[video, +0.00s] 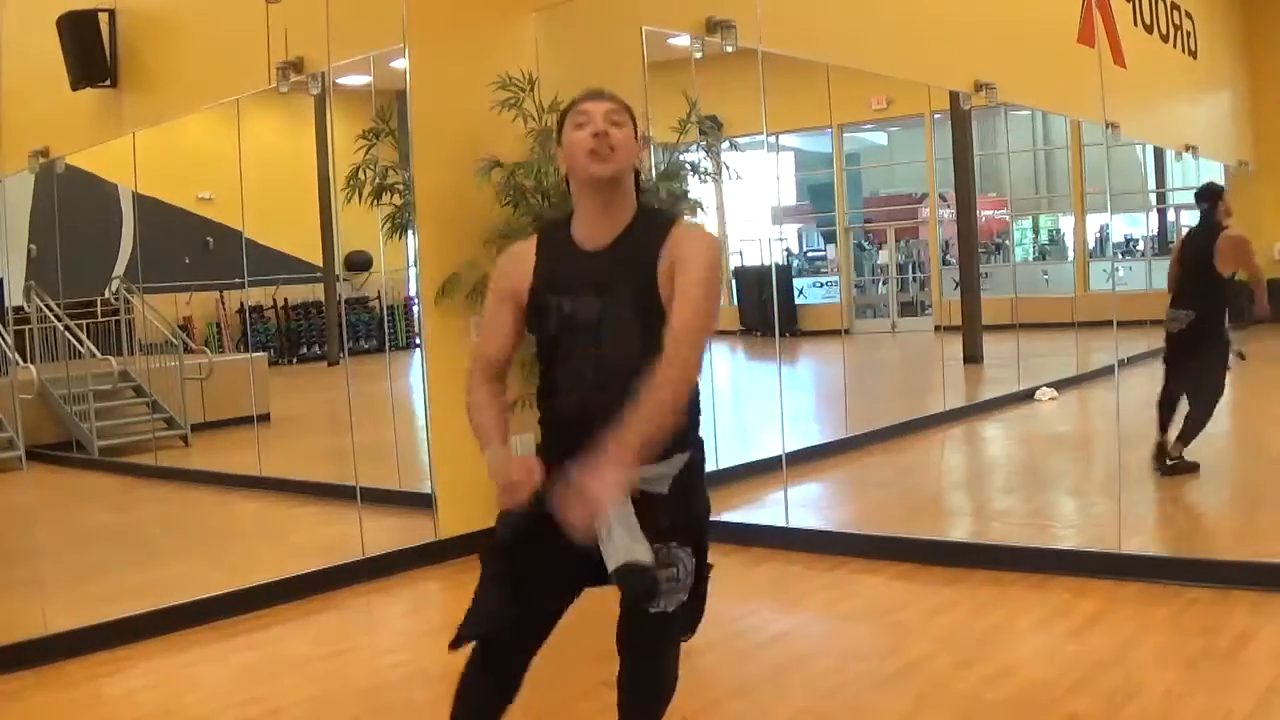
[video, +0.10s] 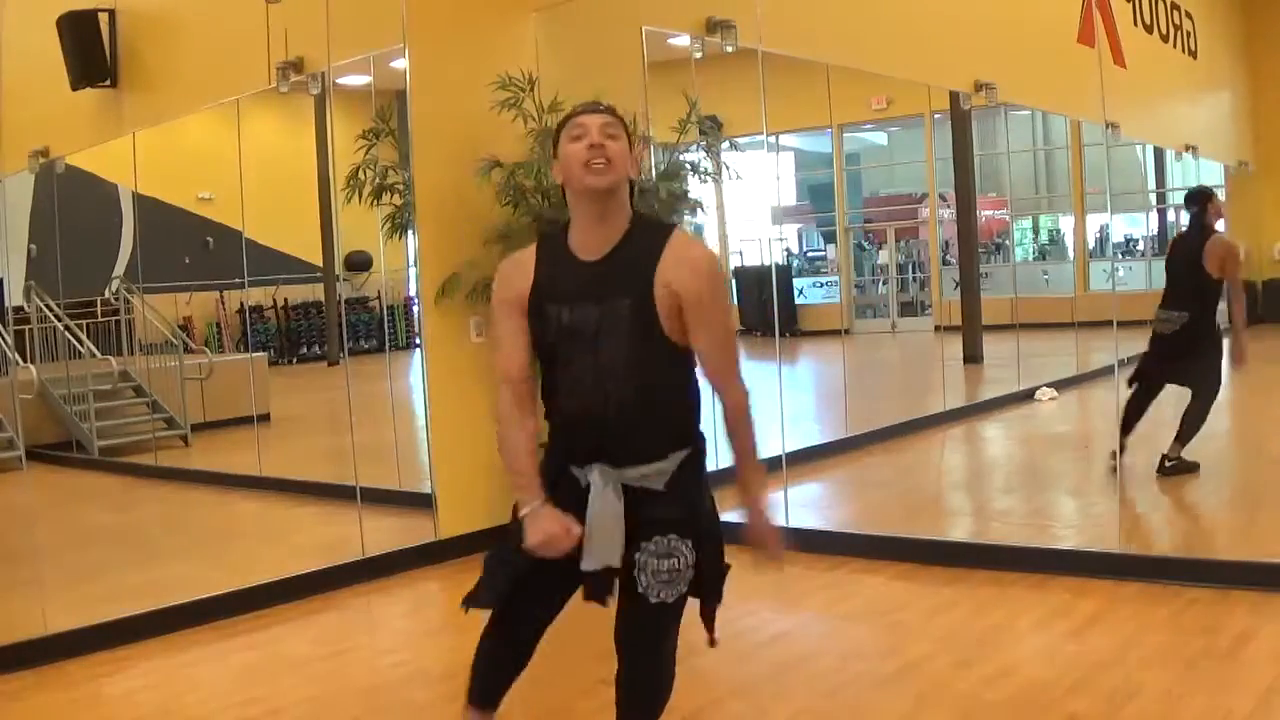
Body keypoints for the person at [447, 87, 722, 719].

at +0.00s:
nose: (599, 130)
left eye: (615, 122)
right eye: (582, 124)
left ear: (640, 150)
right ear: (561, 157)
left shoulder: (687, 247)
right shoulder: (523, 261)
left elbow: (675, 378)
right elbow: (488, 373)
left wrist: (607, 467)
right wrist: (500, 457)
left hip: (659, 488)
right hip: (560, 482)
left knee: (646, 681)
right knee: (494, 663)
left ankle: (639, 717)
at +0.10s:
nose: (595, 143)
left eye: (610, 136)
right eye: (579, 138)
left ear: (635, 161)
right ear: (559, 171)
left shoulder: (684, 261)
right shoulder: (521, 272)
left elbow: (729, 388)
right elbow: (515, 393)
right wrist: (531, 501)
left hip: (663, 488)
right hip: (567, 485)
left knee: (643, 671)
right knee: (510, 630)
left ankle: (636, 719)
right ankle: (477, 711)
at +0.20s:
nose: (602, 133)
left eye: (616, 126)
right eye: (585, 127)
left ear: (638, 154)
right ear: (564, 159)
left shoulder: (691, 248)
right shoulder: (528, 256)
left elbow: (762, 315)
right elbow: (515, 375)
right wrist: (563, 461)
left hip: (659, 470)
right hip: (567, 462)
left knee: (643, 632)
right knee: (544, 595)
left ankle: (635, 714)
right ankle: (538, 684)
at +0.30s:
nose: (618, 125)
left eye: (632, 116)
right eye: (601, 117)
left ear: (653, 139)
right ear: (579, 145)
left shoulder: (701, 224)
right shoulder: (541, 235)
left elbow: (766, 244)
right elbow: (514, 344)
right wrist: (571, 422)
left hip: (655, 453)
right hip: (568, 447)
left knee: (640, 613)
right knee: (576, 573)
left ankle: (631, 710)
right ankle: (608, 652)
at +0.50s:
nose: (640, 140)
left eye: (651, 132)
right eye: (624, 132)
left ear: (669, 153)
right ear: (598, 156)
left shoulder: (708, 237)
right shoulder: (561, 239)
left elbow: (777, 283)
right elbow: (537, 343)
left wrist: (803, 317)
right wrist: (559, 429)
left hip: (667, 443)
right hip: (592, 442)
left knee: (646, 595)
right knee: (623, 573)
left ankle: (632, 714)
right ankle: (704, 644)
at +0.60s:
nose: (639, 158)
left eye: (651, 150)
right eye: (623, 151)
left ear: (667, 171)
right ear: (600, 174)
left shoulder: (710, 258)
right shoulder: (572, 256)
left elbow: (769, 352)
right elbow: (552, 356)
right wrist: (553, 448)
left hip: (683, 452)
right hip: (611, 449)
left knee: (656, 601)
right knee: (657, 572)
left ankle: (636, 715)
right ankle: (720, 655)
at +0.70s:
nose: (642, 172)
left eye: (651, 161)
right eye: (625, 166)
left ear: (669, 175)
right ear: (605, 187)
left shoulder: (713, 260)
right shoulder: (587, 265)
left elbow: (732, 377)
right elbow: (569, 364)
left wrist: (725, 477)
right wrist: (558, 454)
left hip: (695, 443)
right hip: (626, 442)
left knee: (664, 583)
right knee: (668, 568)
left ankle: (641, 710)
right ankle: (726, 662)